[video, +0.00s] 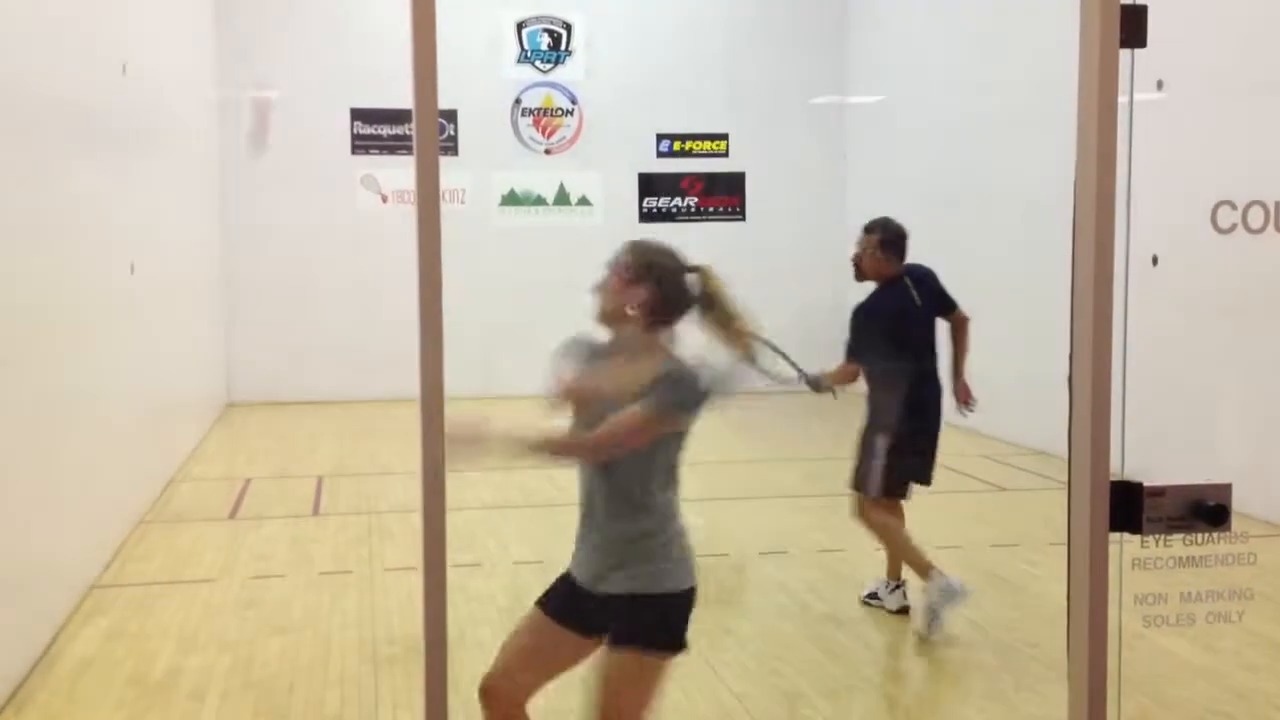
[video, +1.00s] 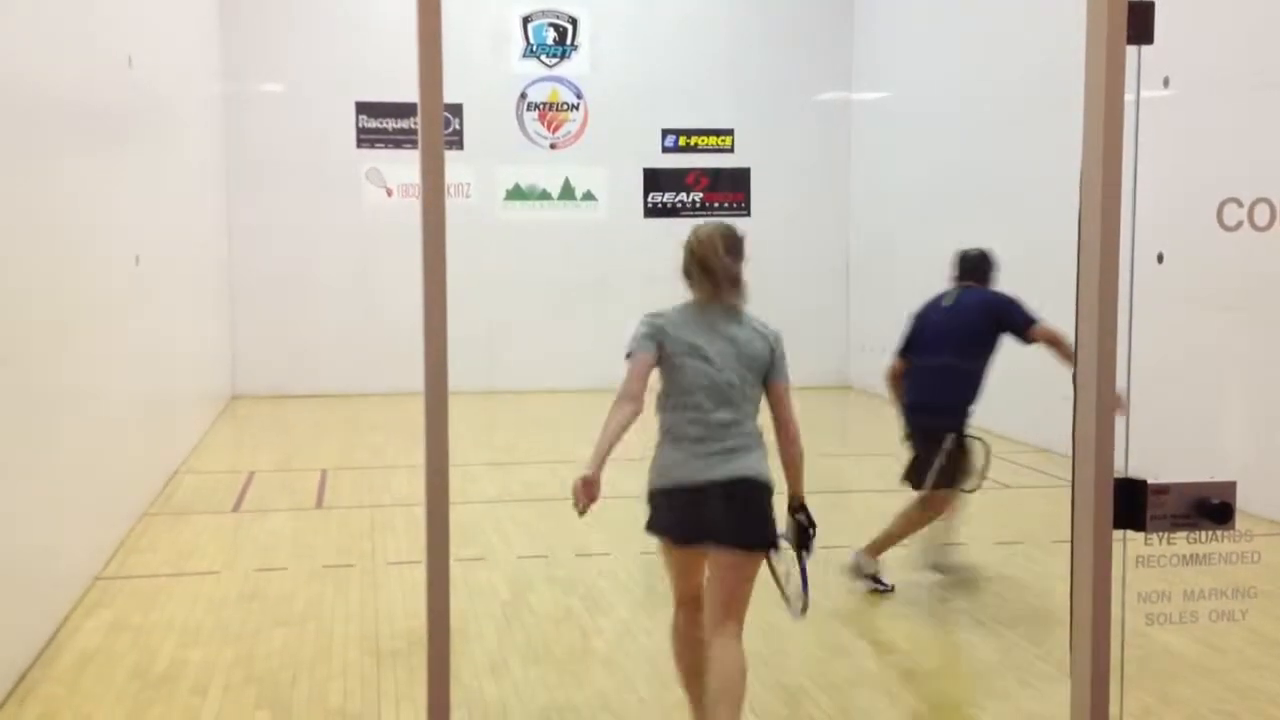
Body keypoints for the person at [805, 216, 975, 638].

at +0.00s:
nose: (855, 255)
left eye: (863, 249)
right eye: (859, 247)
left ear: (885, 256)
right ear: (891, 255)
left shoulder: (869, 311)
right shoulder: (920, 278)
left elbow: (851, 369)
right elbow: (959, 320)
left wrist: (822, 379)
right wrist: (959, 377)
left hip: (890, 418)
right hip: (921, 412)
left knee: (869, 508)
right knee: (890, 501)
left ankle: (938, 583)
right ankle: (894, 588)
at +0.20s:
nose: (823, 248)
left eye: (830, 242)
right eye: (826, 240)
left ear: (851, 247)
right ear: (860, 246)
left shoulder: (841, 297)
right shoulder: (897, 272)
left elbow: (822, 360)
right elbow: (930, 319)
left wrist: (814, 358)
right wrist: (914, 365)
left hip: (860, 401)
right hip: (901, 399)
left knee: (813, 483)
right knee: (881, 484)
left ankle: (832, 584)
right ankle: (894, 584)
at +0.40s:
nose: (802, 267)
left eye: (803, 261)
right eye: (804, 260)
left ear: (809, 261)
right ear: (842, 257)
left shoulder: (806, 306)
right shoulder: (872, 291)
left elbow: (795, 375)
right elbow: (907, 346)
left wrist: (799, 405)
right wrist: (882, 379)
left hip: (831, 406)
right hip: (879, 402)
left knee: (785, 494)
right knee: (869, 488)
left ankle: (767, 591)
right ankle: (888, 583)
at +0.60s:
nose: (809, 275)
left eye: (810, 270)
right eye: (813, 270)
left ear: (814, 273)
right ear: (850, 269)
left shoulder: (803, 311)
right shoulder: (880, 302)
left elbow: (785, 375)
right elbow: (915, 365)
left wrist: (790, 415)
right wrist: (896, 404)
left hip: (825, 411)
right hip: (876, 411)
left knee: (783, 488)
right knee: (893, 482)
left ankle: (759, 581)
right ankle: (873, 575)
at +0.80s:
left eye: (876, 278)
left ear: (874, 281)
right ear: (909, 280)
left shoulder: (857, 317)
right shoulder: (929, 313)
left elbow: (836, 383)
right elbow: (982, 357)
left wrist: (853, 415)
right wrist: (999, 402)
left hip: (852, 424)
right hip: (900, 428)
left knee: (825, 492)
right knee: (911, 496)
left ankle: (767, 551)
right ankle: (859, 568)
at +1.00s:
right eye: (989, 275)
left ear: (956, 274)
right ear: (989, 276)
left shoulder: (934, 306)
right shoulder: (993, 303)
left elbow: (896, 372)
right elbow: (1050, 337)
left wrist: (911, 416)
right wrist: (1083, 370)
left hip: (917, 408)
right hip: (947, 411)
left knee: (957, 470)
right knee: (937, 499)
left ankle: (938, 550)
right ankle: (867, 557)